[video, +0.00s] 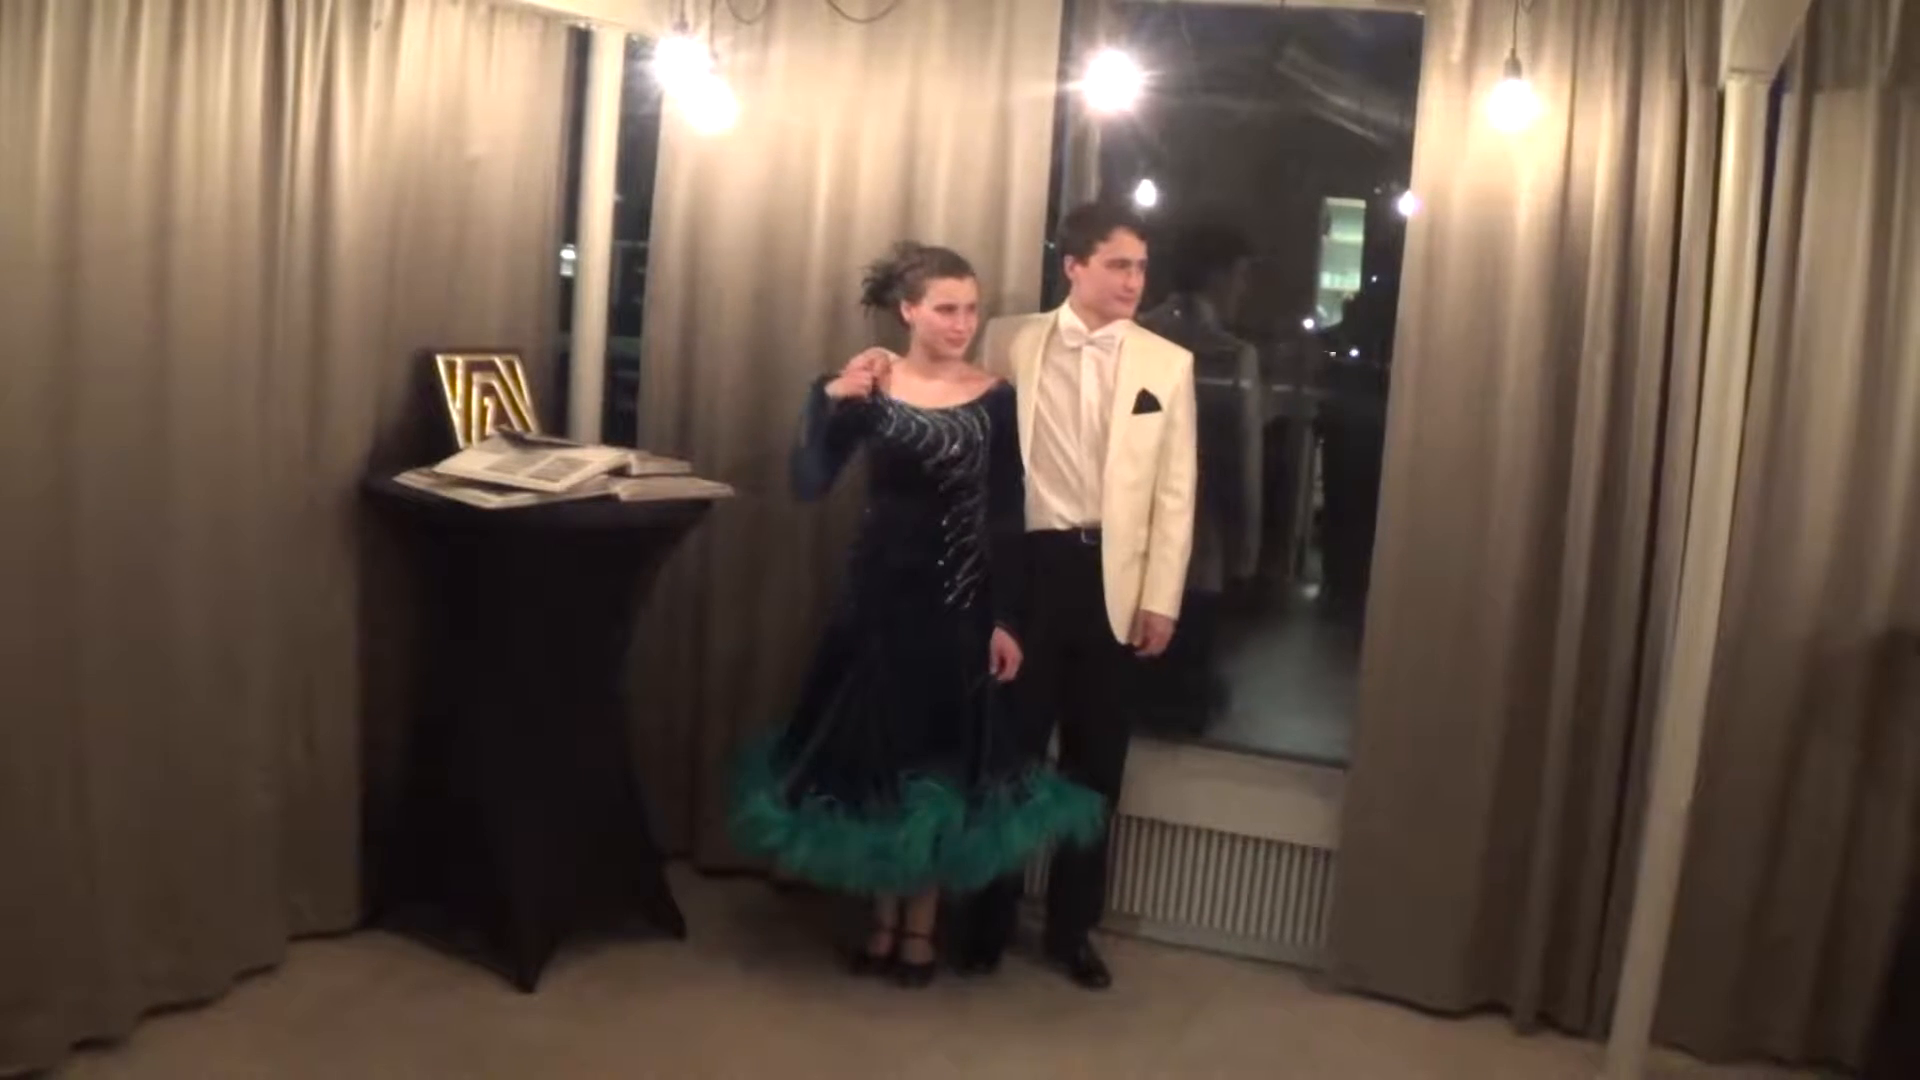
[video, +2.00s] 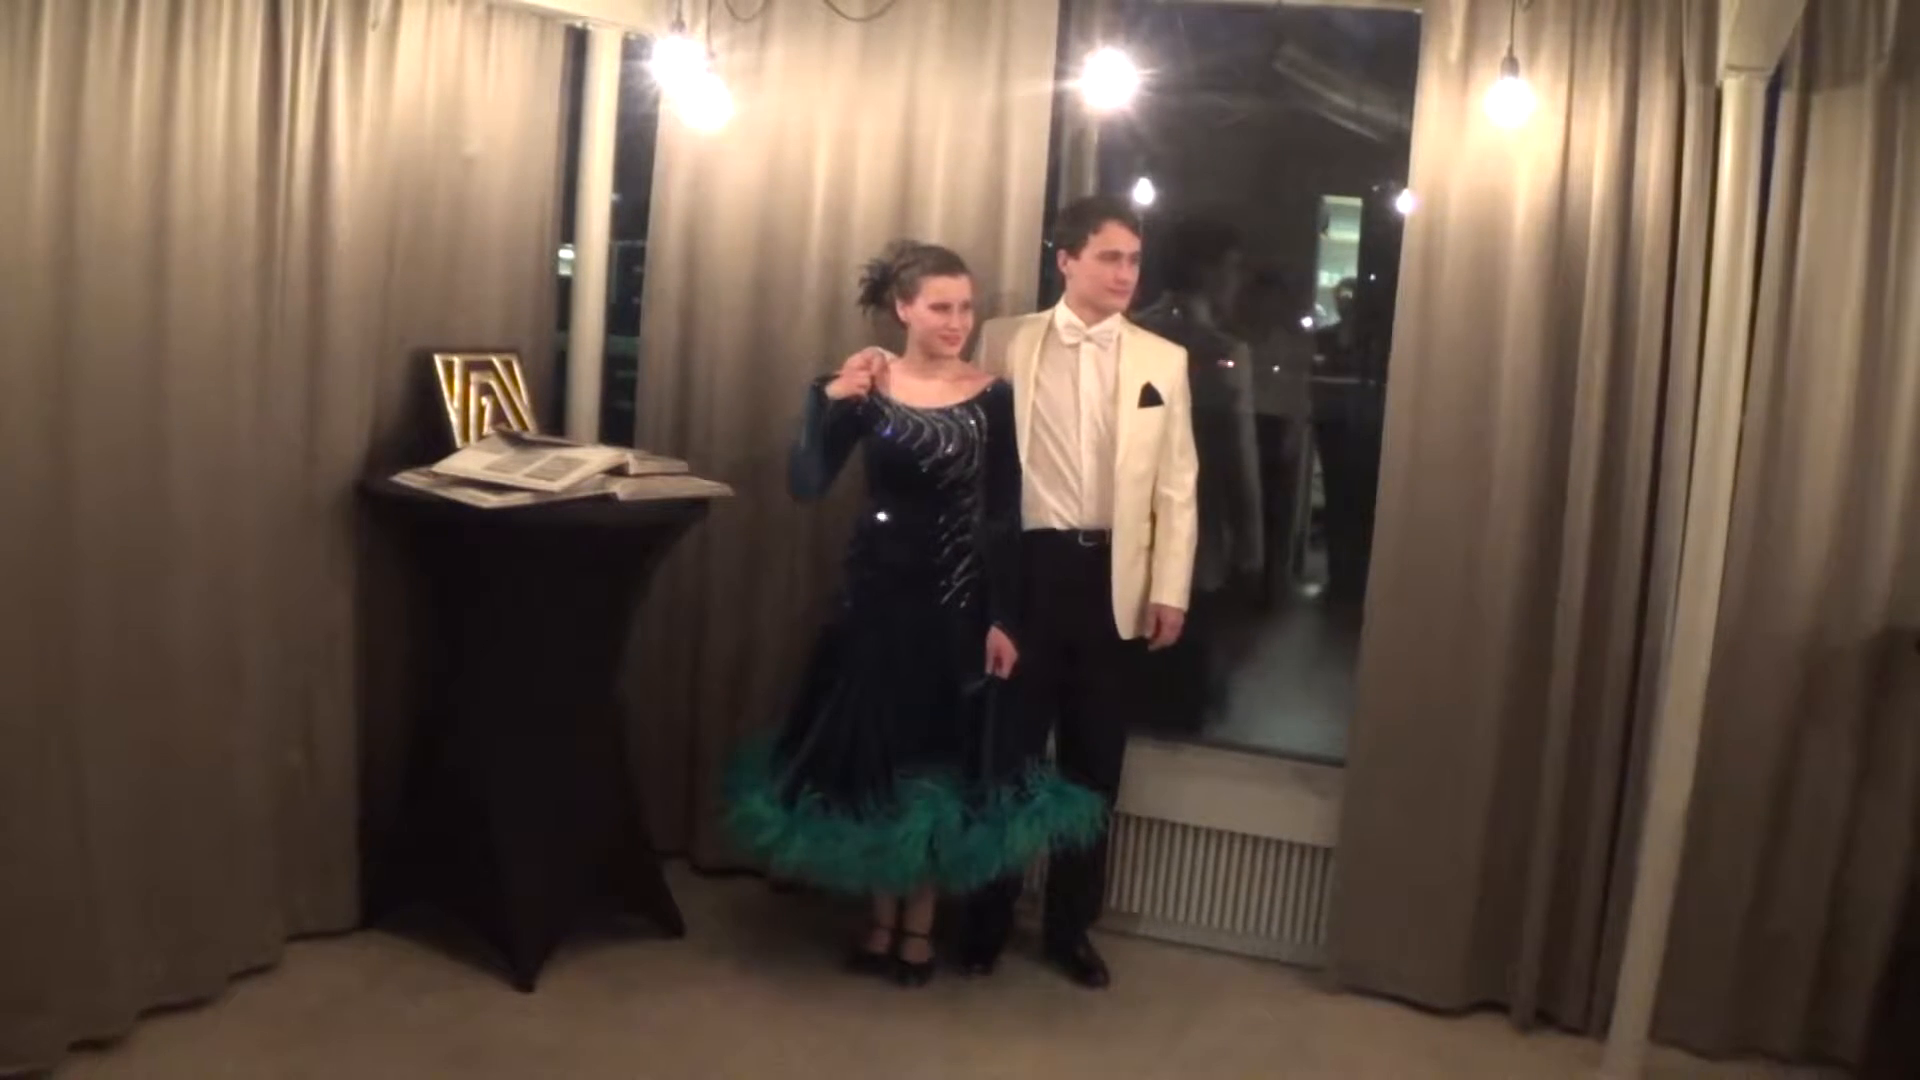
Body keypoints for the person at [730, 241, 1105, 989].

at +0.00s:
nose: (960, 323)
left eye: (970, 309)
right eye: (944, 309)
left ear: (981, 315)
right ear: (905, 312)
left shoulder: (994, 398)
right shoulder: (874, 385)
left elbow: (1006, 515)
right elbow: (810, 480)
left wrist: (1006, 618)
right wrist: (833, 398)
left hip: (961, 598)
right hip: (885, 591)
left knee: (941, 753)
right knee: (882, 747)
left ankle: (923, 910)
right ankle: (881, 907)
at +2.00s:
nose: (955, 322)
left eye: (965, 308)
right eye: (939, 307)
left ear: (977, 313)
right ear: (900, 310)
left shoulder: (991, 396)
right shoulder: (870, 384)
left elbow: (1003, 513)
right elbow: (809, 481)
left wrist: (1003, 617)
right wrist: (832, 397)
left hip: (959, 596)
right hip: (884, 590)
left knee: (939, 752)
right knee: (880, 748)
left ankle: (921, 913)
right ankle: (879, 908)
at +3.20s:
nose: (937, 354)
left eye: (941, 334)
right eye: (917, 346)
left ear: (953, 322)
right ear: (888, 351)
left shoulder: (992, 407)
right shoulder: (875, 408)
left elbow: (1011, 519)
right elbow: (809, 494)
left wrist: (972, 520)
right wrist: (825, 416)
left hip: (964, 610)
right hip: (889, 603)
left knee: (936, 759)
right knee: (869, 755)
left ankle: (915, 920)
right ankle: (872, 951)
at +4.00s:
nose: (933, 323)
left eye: (940, 309)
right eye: (915, 309)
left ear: (948, 317)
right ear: (869, 317)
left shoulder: (968, 407)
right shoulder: (837, 393)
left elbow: (991, 525)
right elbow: (747, 479)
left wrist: (1055, 607)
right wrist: (788, 400)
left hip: (933, 617)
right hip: (850, 611)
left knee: (917, 793)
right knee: (848, 785)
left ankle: (883, 985)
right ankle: (878, 954)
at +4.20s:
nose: (942, 324)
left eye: (948, 310)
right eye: (924, 308)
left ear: (953, 320)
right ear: (872, 316)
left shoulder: (962, 412)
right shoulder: (827, 400)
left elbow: (1005, 532)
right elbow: (726, 471)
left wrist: (1105, 551)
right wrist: (782, 389)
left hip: (924, 626)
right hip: (842, 620)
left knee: (905, 799)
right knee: (846, 790)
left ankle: (870, 985)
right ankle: (872, 965)